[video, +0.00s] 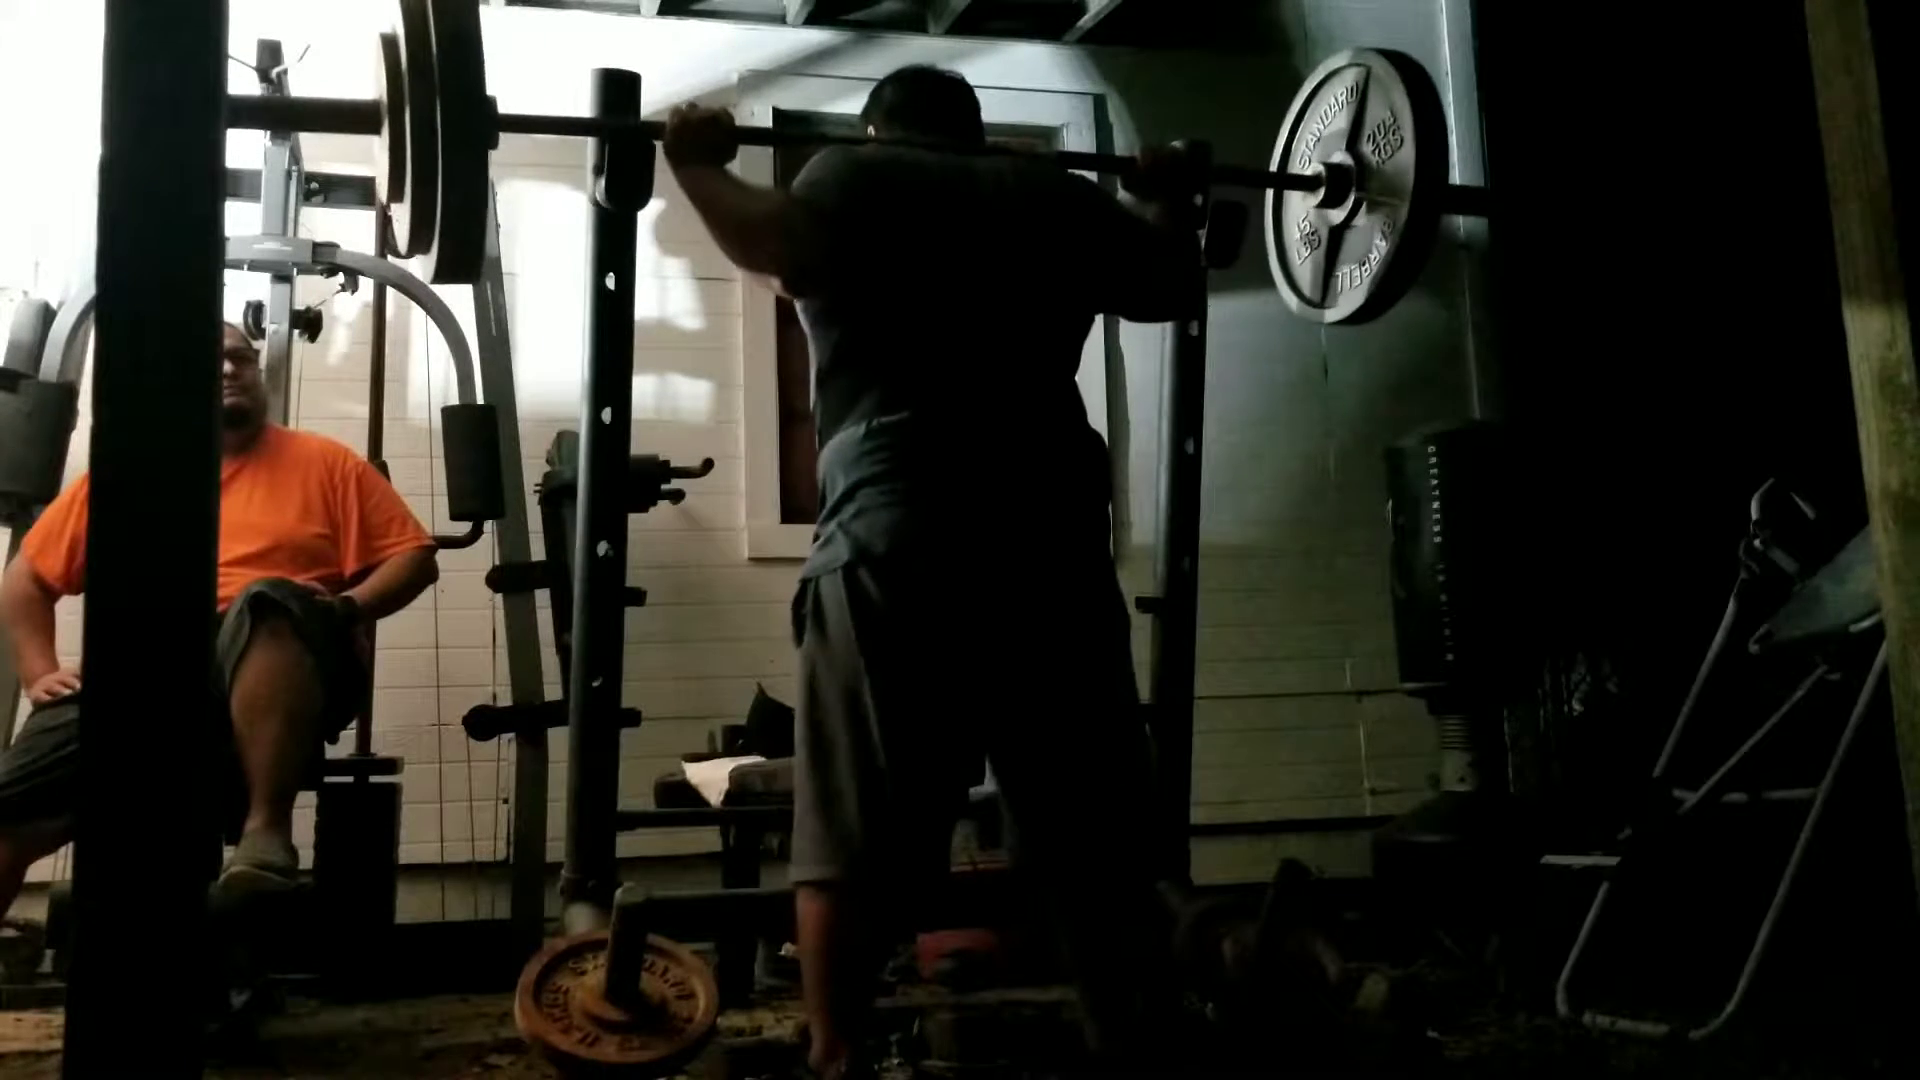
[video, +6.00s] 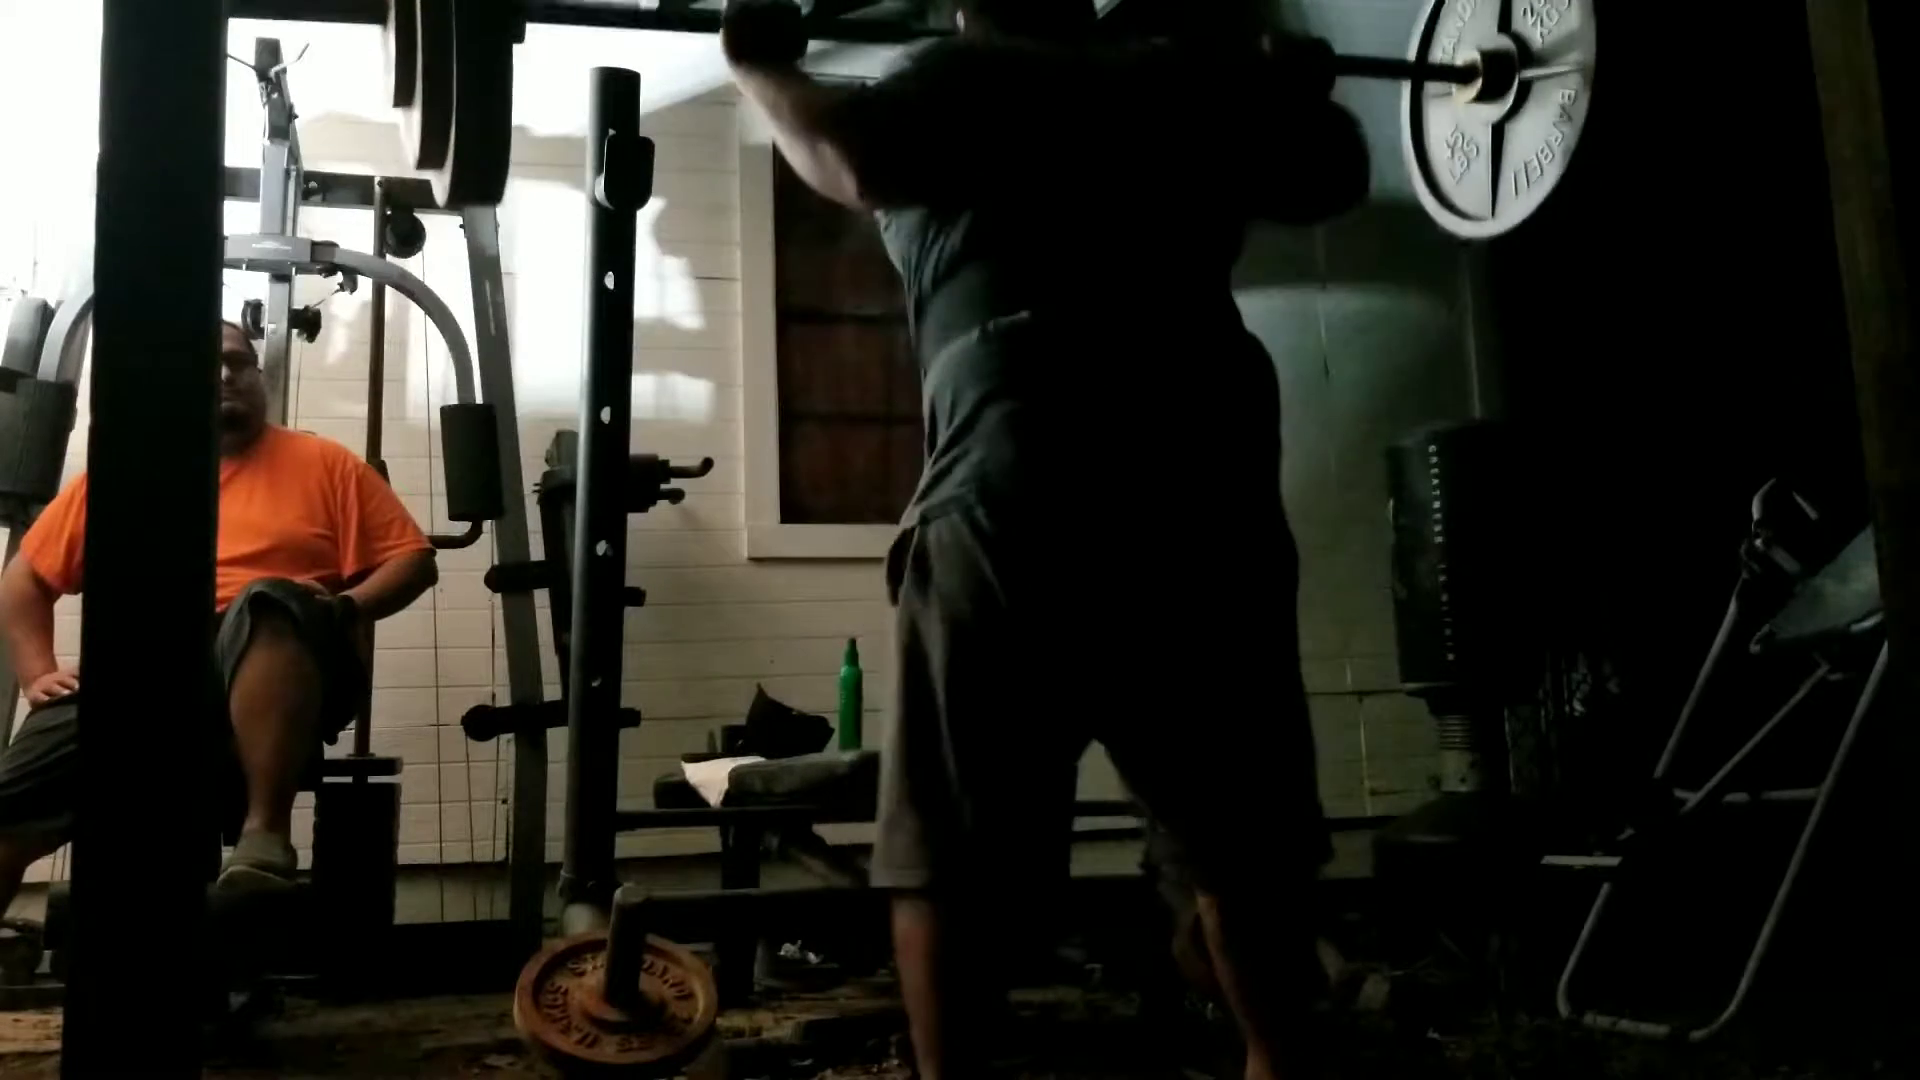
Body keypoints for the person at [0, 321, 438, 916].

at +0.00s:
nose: (230, 370)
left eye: (242, 358)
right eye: (213, 359)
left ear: (264, 375)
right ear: (186, 378)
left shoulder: (324, 463)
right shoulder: (131, 470)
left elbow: (415, 555)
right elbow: (25, 577)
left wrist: (351, 604)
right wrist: (39, 672)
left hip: (285, 667)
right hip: (146, 667)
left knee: (271, 604)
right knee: (11, 813)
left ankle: (267, 829)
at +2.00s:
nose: (228, 370)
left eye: (240, 358)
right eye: (211, 360)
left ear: (263, 374)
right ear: (185, 378)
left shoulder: (325, 463)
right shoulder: (133, 466)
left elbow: (414, 558)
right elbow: (24, 575)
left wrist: (347, 603)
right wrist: (37, 670)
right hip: (144, 666)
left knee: (272, 603)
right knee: (13, 805)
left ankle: (265, 830)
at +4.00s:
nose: (225, 374)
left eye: (238, 361)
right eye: (209, 362)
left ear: (263, 377)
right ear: (184, 379)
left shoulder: (325, 464)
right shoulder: (130, 468)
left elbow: (413, 558)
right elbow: (24, 575)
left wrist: (349, 603)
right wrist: (38, 671)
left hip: (283, 667)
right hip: (143, 666)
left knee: (272, 604)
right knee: (10, 817)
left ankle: (264, 830)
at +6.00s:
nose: (224, 377)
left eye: (237, 363)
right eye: (208, 364)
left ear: (262, 377)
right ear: (183, 380)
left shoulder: (324, 464)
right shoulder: (131, 468)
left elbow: (414, 559)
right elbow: (24, 575)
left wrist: (346, 604)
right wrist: (37, 672)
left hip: (285, 669)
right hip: (143, 666)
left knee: (272, 604)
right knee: (10, 810)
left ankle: (265, 829)